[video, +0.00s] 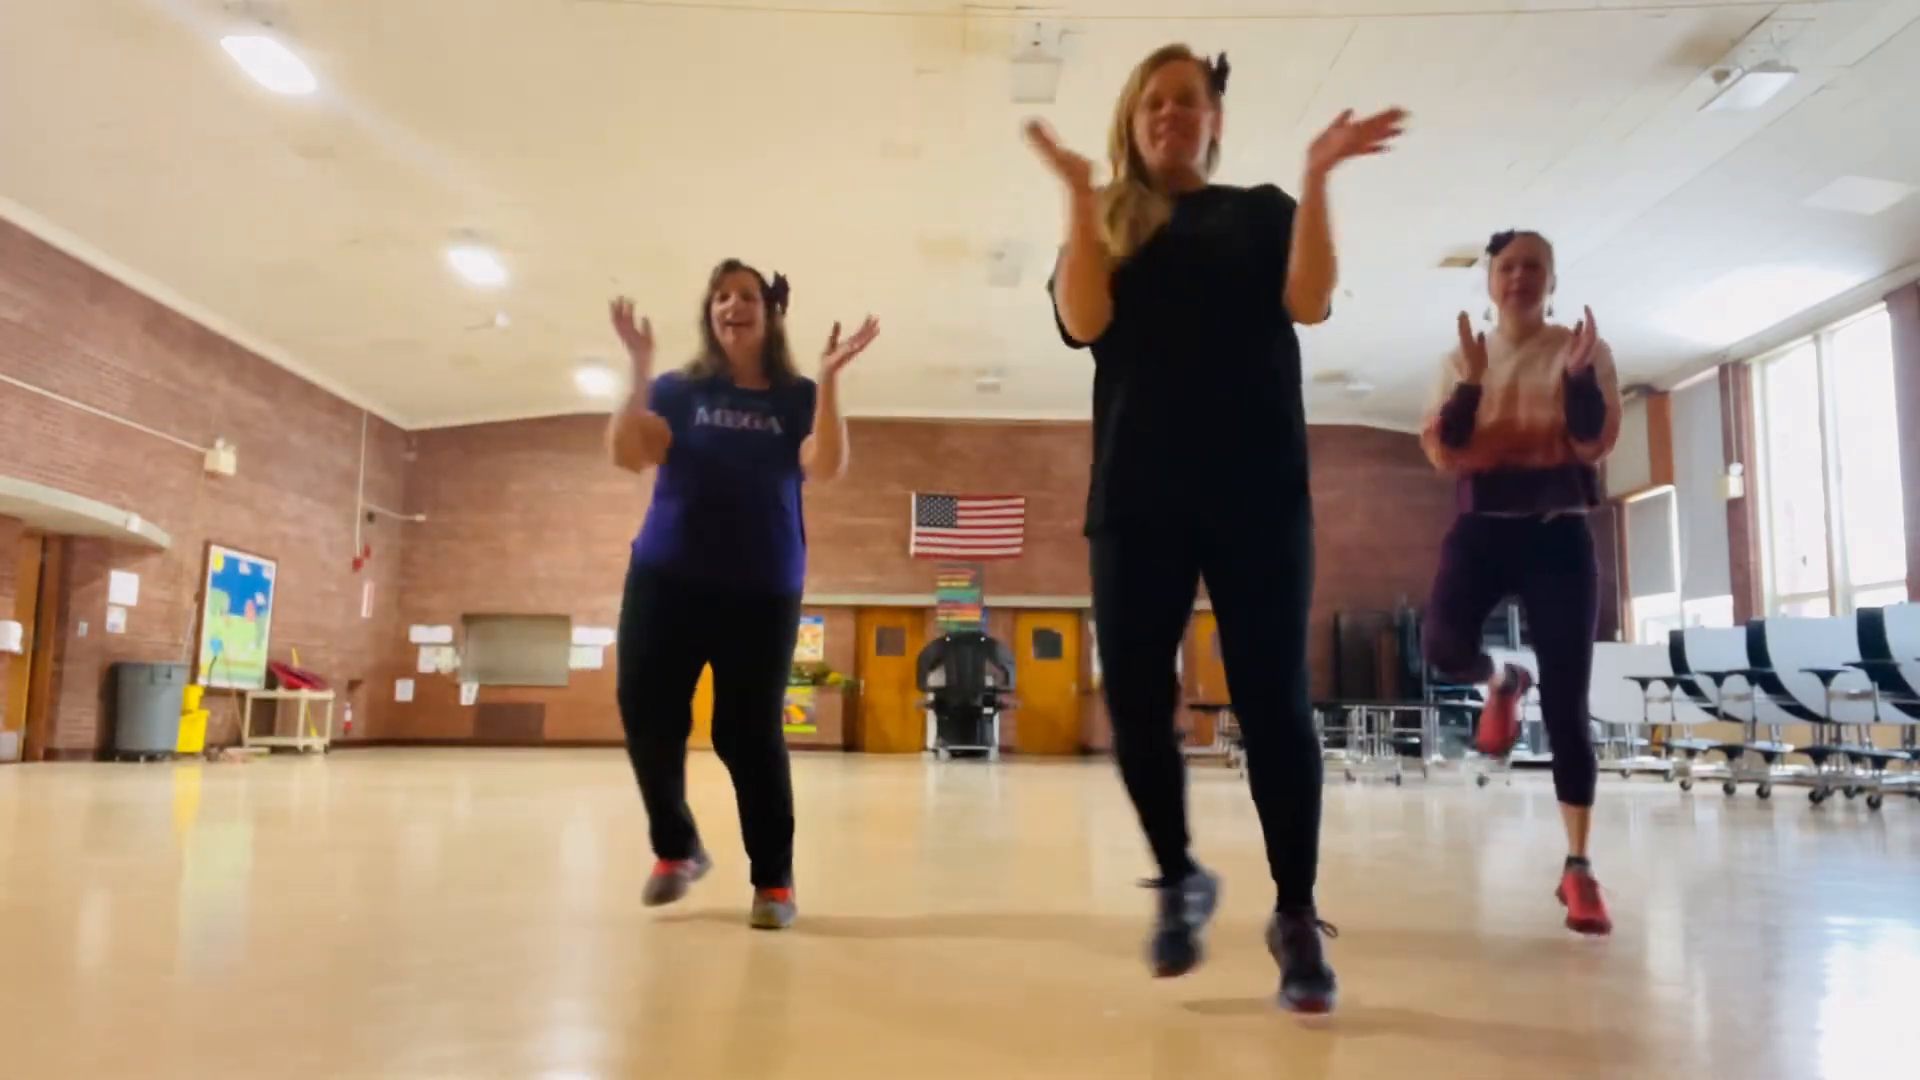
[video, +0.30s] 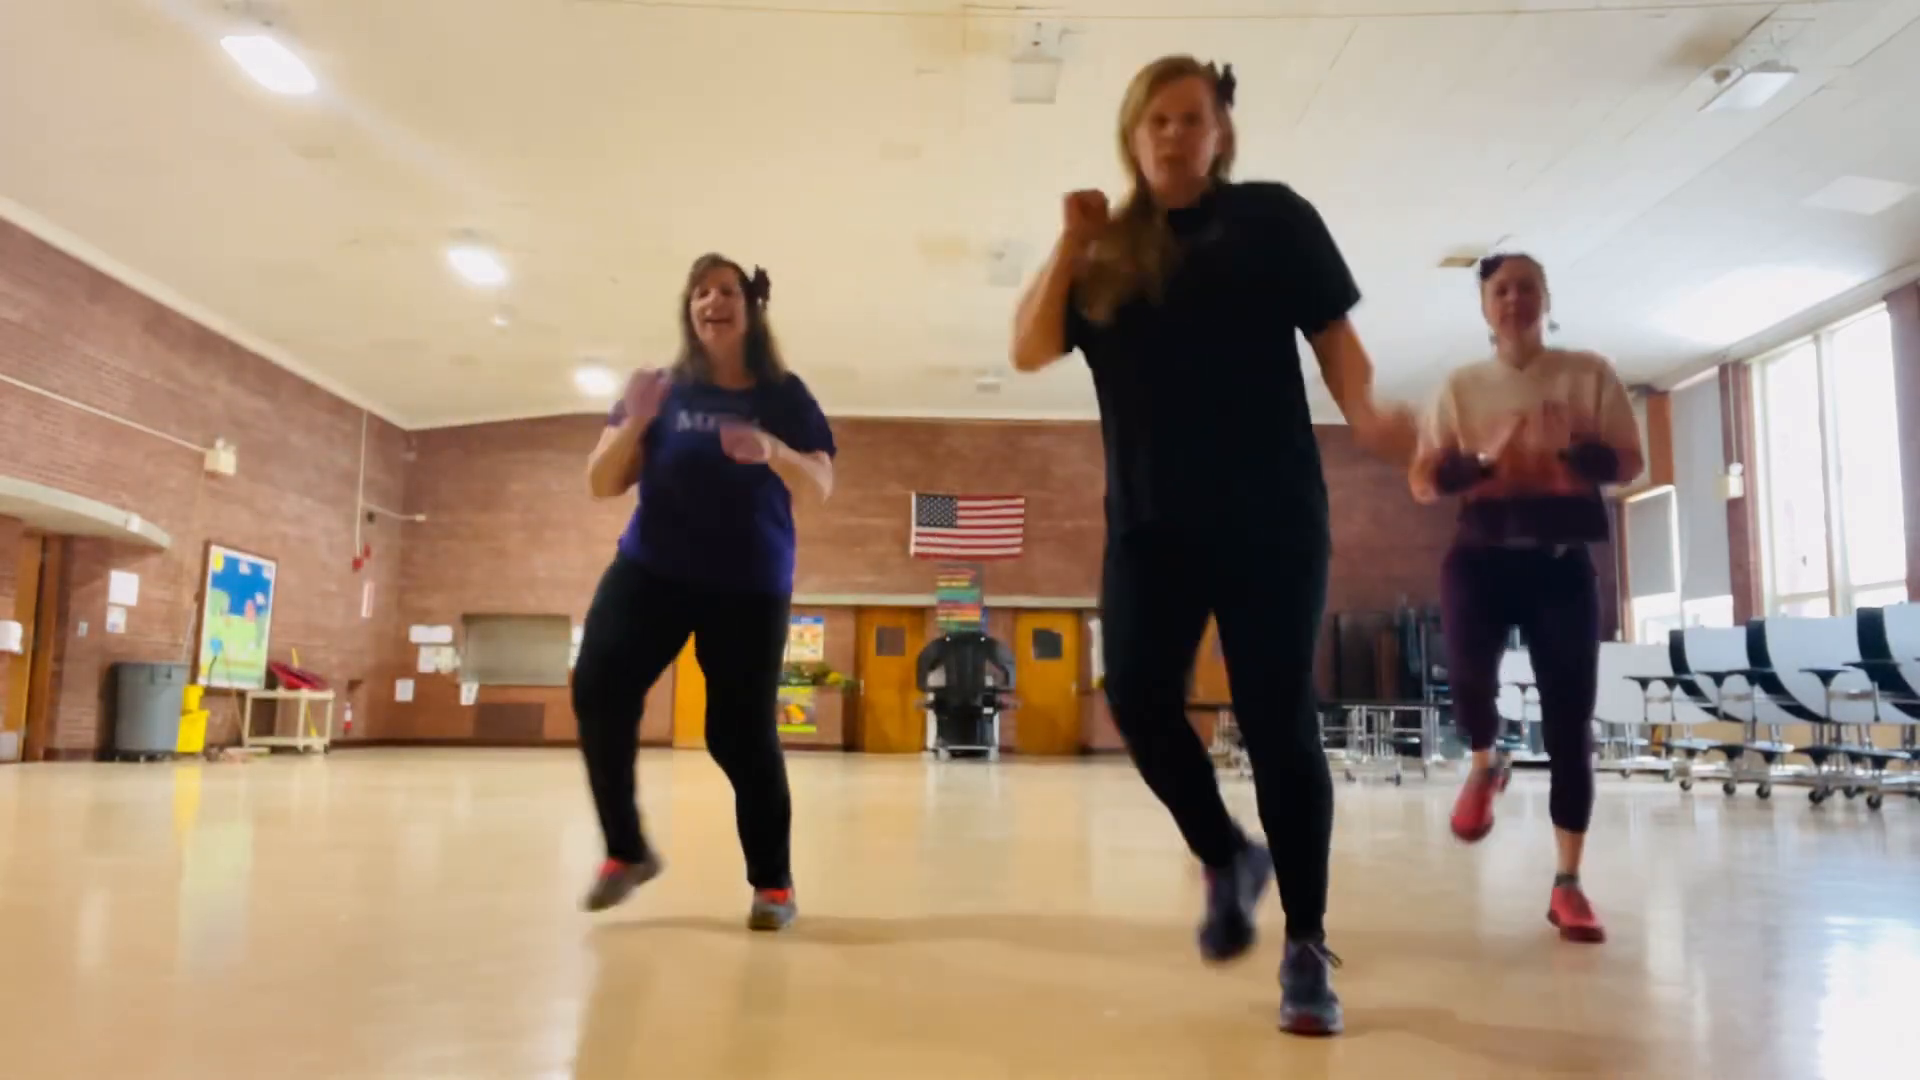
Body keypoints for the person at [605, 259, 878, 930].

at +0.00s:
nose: (732, 305)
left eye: (745, 295)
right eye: (721, 297)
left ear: (770, 314)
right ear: (709, 316)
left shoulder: (797, 395)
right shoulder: (680, 388)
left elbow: (827, 467)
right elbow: (628, 455)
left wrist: (829, 381)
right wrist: (638, 367)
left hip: (760, 587)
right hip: (668, 578)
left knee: (749, 732)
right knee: (648, 719)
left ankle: (773, 880)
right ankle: (676, 851)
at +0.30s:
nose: (713, 301)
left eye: (727, 291)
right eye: (702, 293)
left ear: (751, 307)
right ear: (688, 312)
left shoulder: (783, 396)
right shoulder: (660, 390)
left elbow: (820, 486)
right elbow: (603, 484)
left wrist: (773, 449)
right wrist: (634, 421)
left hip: (746, 587)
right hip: (652, 573)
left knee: (741, 733)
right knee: (598, 693)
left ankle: (772, 884)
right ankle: (627, 854)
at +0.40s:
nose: (686, 301)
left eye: (699, 290)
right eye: (674, 293)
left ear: (725, 306)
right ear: (661, 315)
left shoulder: (764, 396)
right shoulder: (638, 397)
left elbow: (804, 488)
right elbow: (597, 499)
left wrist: (775, 477)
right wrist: (580, 450)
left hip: (731, 588)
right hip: (634, 578)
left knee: (735, 731)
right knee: (572, 708)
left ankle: (772, 884)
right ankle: (539, 872)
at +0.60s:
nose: (604, 306)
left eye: (618, 294)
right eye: (591, 297)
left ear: (645, 309)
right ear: (577, 316)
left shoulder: (687, 402)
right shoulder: (552, 405)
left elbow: (734, 492)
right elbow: (517, 504)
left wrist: (714, 510)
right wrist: (478, 469)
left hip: (672, 593)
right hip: (569, 590)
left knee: (700, 741)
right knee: (519, 736)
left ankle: (766, 881)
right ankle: (489, 896)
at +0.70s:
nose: (571, 302)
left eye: (584, 290)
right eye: (557, 292)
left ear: (609, 304)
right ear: (541, 309)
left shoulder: (649, 392)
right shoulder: (513, 400)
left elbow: (696, 481)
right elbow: (482, 496)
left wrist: (674, 502)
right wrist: (444, 469)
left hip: (640, 584)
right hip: (535, 584)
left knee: (671, 733)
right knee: (498, 737)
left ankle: (721, 866)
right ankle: (486, 897)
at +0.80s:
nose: (542, 293)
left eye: (557, 282)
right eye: (531, 282)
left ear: (586, 300)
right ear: (513, 302)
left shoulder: (625, 385)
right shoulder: (486, 395)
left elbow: (674, 474)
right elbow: (452, 489)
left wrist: (644, 484)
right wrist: (415, 459)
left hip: (614, 587)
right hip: (512, 585)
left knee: (621, 732)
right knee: (487, 740)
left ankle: (633, 833)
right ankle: (487, 897)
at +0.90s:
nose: (525, 290)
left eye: (540, 279)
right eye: (514, 280)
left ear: (567, 299)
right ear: (497, 303)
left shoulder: (608, 385)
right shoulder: (468, 393)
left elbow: (659, 481)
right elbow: (438, 488)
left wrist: (623, 477)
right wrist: (403, 457)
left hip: (590, 589)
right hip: (491, 585)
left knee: (567, 736)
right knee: (478, 740)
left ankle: (540, 838)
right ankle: (484, 895)